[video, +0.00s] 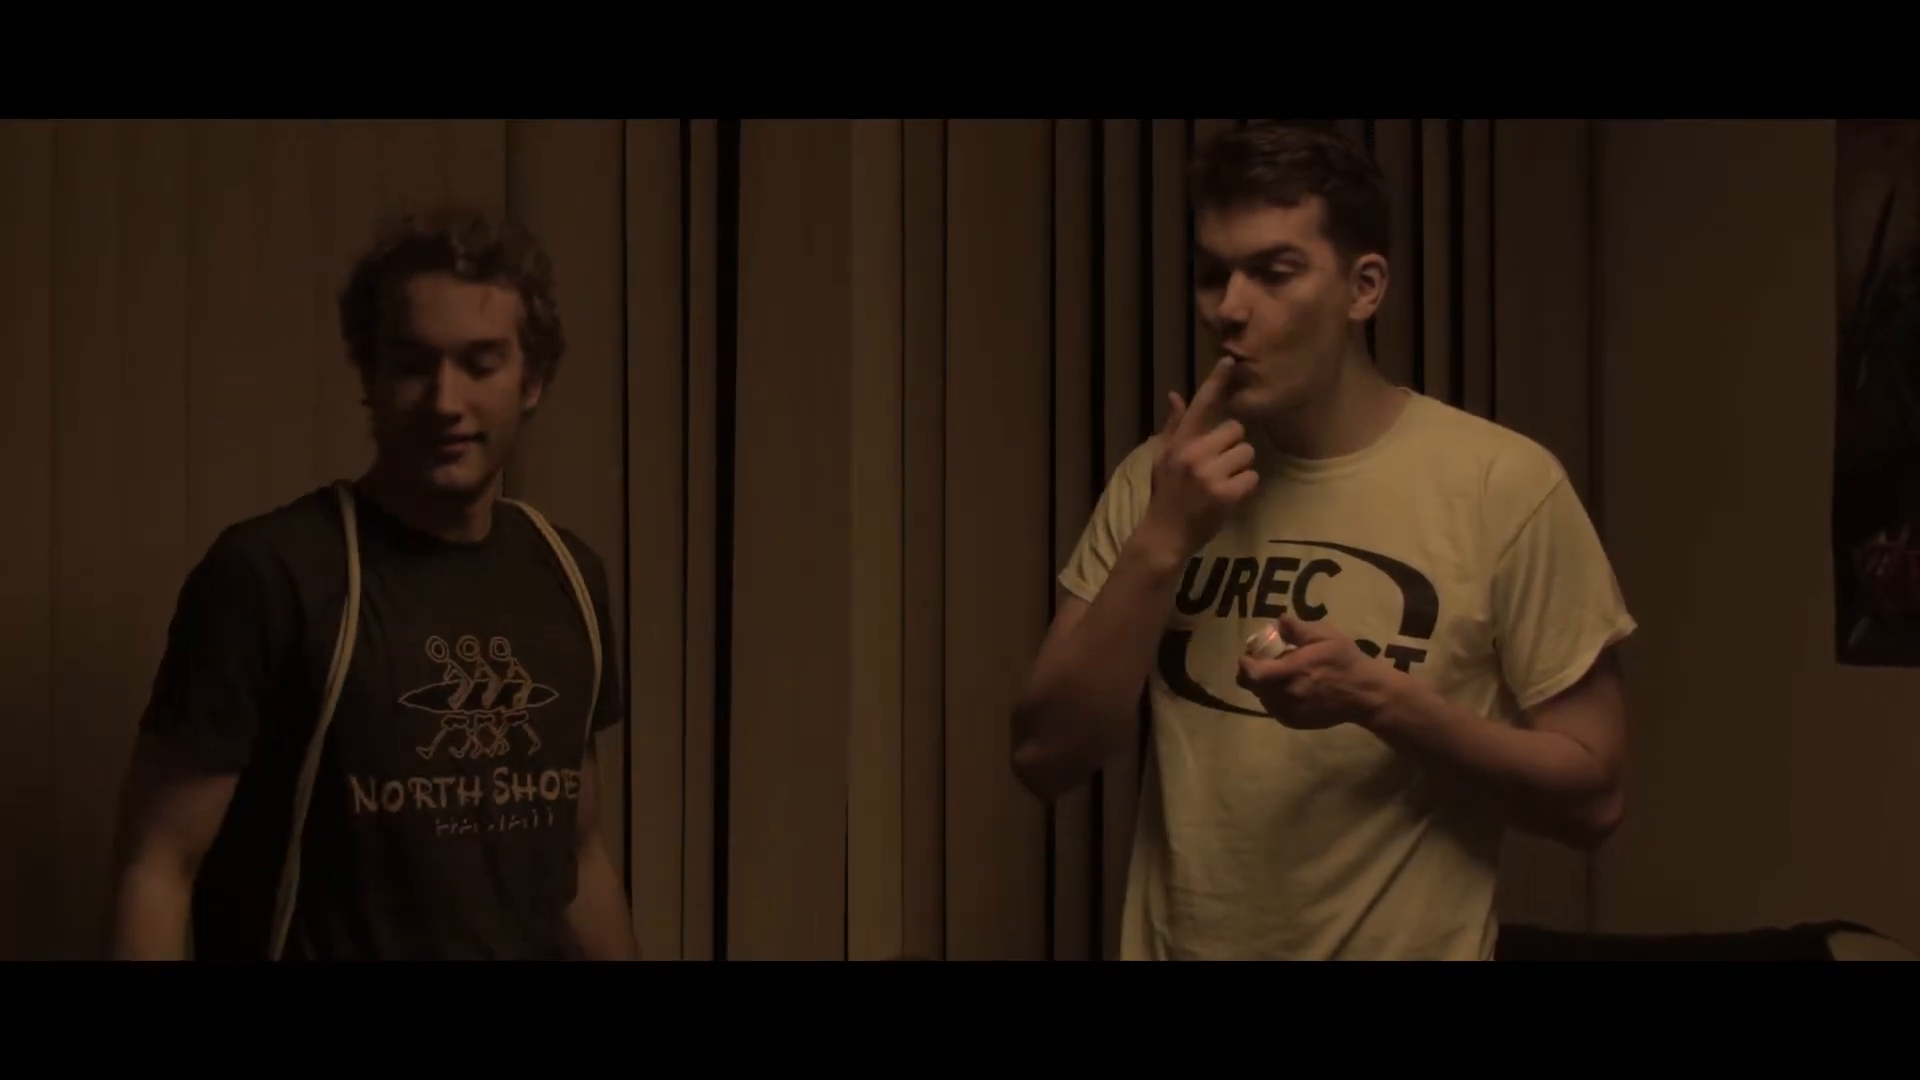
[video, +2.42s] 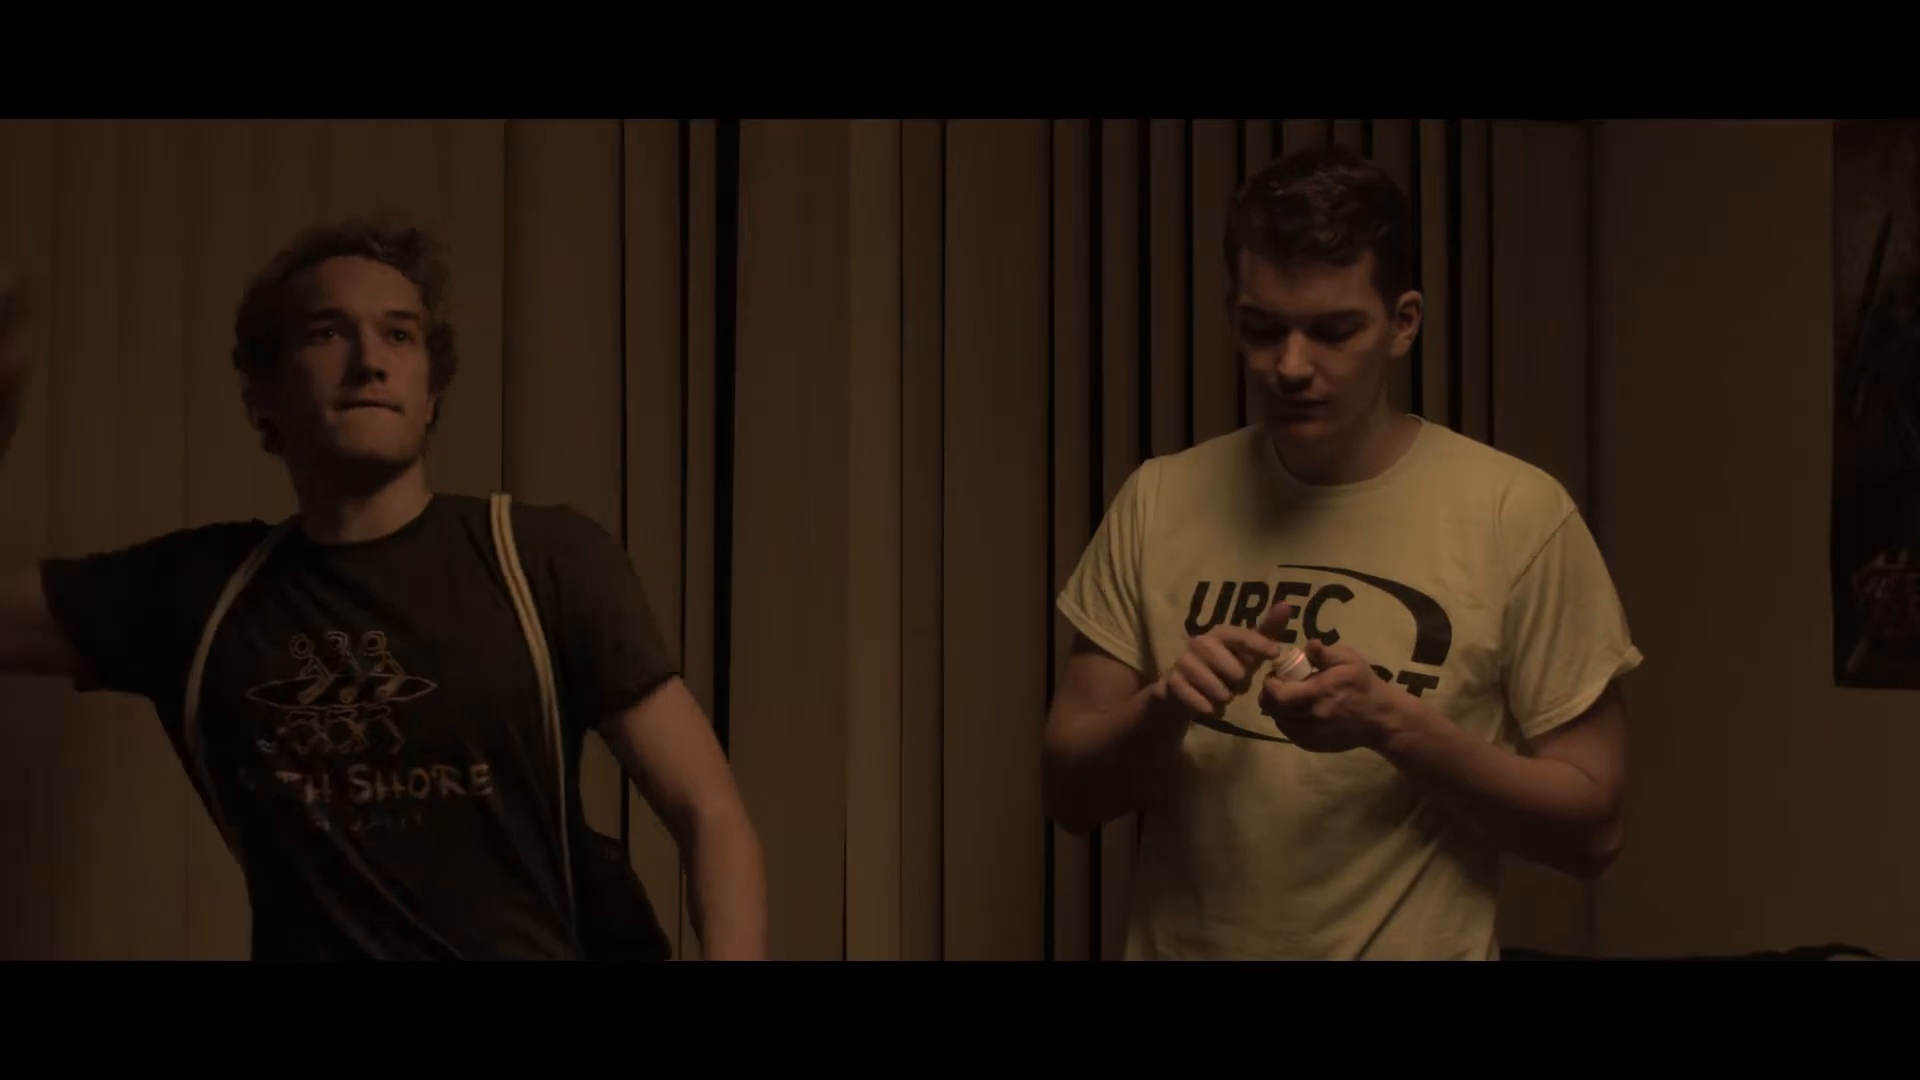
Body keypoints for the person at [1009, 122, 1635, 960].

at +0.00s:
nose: (1228, 310)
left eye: (1275, 272)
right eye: (1215, 275)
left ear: (1365, 287)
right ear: (1198, 283)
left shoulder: (1508, 489)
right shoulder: (1157, 478)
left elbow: (1593, 795)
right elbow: (1044, 757)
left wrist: (1383, 696)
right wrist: (1162, 536)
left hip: (1407, 946)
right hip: (1173, 942)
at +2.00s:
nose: (1258, 348)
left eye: (1300, 311)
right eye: (1235, 315)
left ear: (1384, 316)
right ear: (1215, 320)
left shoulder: (1514, 514)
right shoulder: (1158, 500)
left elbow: (1596, 818)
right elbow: (1054, 784)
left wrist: (1390, 720)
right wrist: (1173, 576)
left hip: (1413, 950)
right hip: (1176, 946)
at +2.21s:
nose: (1287, 363)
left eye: (1327, 325)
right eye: (1258, 326)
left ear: (1399, 320)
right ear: (1231, 318)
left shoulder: (1516, 516)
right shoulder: (1154, 504)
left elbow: (1593, 820)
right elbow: (1073, 804)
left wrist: (1395, 718)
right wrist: (1160, 686)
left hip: (1417, 946)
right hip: (1179, 944)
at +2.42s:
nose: (1291, 368)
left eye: (1332, 331)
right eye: (1262, 330)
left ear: (1404, 323)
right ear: (1235, 319)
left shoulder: (1517, 518)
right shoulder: (1157, 503)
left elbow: (1592, 822)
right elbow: (1069, 793)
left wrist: (1394, 721)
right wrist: (1162, 705)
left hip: (1414, 947)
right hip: (1182, 944)